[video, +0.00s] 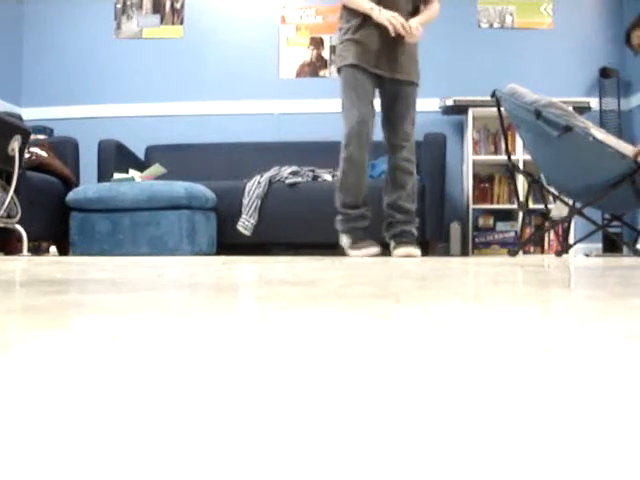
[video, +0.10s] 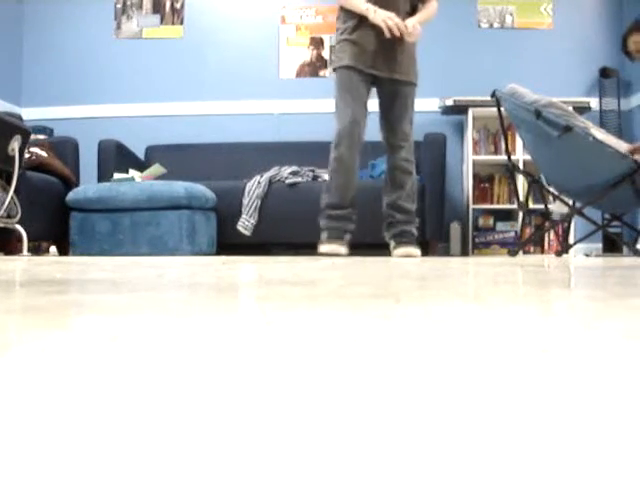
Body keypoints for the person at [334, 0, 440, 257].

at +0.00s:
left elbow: (434, 5)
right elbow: (345, 1)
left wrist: (417, 21)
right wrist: (377, 12)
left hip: (404, 42)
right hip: (359, 37)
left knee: (403, 140)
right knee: (358, 129)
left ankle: (403, 233)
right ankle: (353, 229)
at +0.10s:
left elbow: (432, 4)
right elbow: (343, 2)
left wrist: (417, 20)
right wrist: (372, 11)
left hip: (401, 44)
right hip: (354, 39)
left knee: (401, 141)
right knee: (349, 130)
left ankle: (403, 234)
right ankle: (335, 230)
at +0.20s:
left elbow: (431, 4)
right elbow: (341, 2)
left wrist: (415, 19)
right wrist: (371, 12)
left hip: (400, 45)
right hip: (352, 40)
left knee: (400, 141)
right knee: (344, 132)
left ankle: (403, 234)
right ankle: (329, 231)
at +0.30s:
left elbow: (421, 2)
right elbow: (328, 3)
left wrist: (405, 18)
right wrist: (358, 13)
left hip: (391, 45)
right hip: (342, 44)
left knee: (396, 144)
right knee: (327, 137)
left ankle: (403, 237)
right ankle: (307, 234)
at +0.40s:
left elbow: (410, 1)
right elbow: (310, 2)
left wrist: (393, 18)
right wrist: (340, 11)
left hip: (380, 47)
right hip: (330, 46)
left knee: (389, 143)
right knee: (316, 140)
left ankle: (401, 236)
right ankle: (302, 235)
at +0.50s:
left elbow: (393, 2)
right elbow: (289, 3)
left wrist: (372, 15)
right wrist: (314, 12)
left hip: (362, 44)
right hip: (312, 44)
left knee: (377, 146)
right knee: (304, 145)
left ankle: (397, 234)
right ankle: (301, 235)